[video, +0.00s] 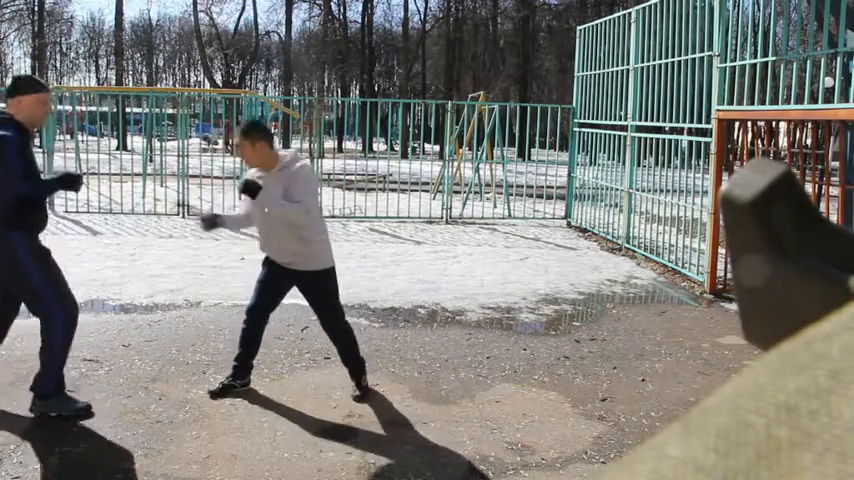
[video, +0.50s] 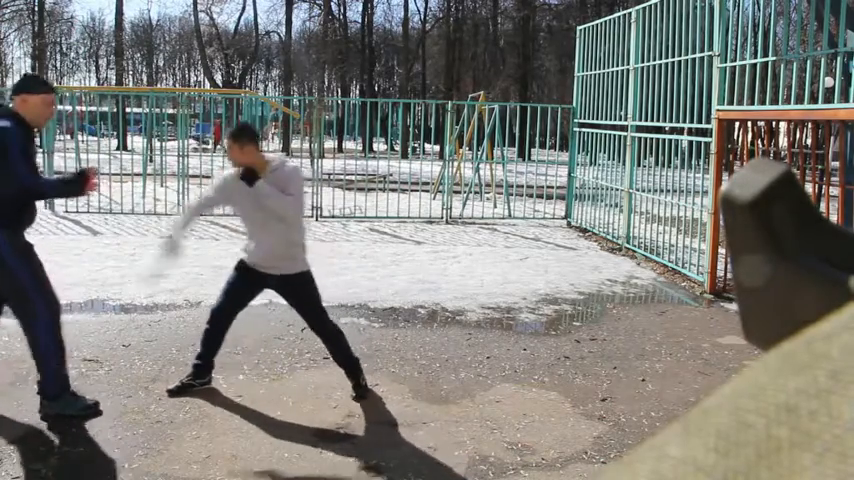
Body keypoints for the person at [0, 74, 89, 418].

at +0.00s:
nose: (48, 111)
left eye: (48, 104)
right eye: (44, 103)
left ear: (20, 103)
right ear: (21, 102)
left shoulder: (13, 136)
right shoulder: (10, 139)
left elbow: (21, 189)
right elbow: (20, 191)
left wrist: (56, 183)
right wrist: (61, 183)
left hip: (11, 243)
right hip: (16, 244)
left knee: (5, 313)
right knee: (61, 310)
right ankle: (48, 395)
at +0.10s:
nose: (42, 103)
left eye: (42, 96)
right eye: (38, 95)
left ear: (14, 98)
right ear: (13, 97)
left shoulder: (12, 130)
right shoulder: (6, 132)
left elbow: (14, 183)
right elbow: (13, 185)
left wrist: (47, 171)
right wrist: (48, 172)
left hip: (13, 239)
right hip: (13, 240)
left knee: (2, 309)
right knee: (57, 308)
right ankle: (52, 393)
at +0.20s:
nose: (41, 107)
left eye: (42, 99)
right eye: (37, 99)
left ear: (12, 99)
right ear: (12, 98)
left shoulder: (11, 132)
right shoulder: (6, 135)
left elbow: (17, 187)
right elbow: (16, 189)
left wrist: (49, 172)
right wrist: (50, 172)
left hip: (14, 241)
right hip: (12, 242)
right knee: (52, 310)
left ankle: (55, 393)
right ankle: (56, 397)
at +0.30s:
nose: (38, 116)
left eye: (39, 109)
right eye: (34, 109)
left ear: (9, 108)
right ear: (10, 107)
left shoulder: (10, 140)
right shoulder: (6, 144)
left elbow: (19, 197)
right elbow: (19, 199)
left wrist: (57, 184)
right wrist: (60, 183)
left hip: (13, 249)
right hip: (13, 251)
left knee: (5, 313)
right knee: (62, 313)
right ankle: (56, 395)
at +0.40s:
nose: (42, 117)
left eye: (42, 110)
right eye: (38, 110)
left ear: (12, 110)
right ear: (13, 109)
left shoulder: (10, 142)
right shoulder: (7, 145)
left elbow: (19, 198)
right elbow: (19, 199)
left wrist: (59, 186)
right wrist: (61, 186)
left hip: (12, 251)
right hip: (12, 252)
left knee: (3, 327)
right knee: (63, 315)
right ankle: (57, 396)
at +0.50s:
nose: (53, 111)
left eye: (53, 103)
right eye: (49, 103)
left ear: (26, 101)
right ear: (25, 100)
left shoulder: (17, 131)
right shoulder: (10, 132)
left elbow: (28, 185)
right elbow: (27, 186)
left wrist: (73, 184)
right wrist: (75, 185)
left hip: (11, 239)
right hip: (7, 241)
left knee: (41, 310)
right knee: (42, 309)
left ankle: (56, 394)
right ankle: (56, 396)